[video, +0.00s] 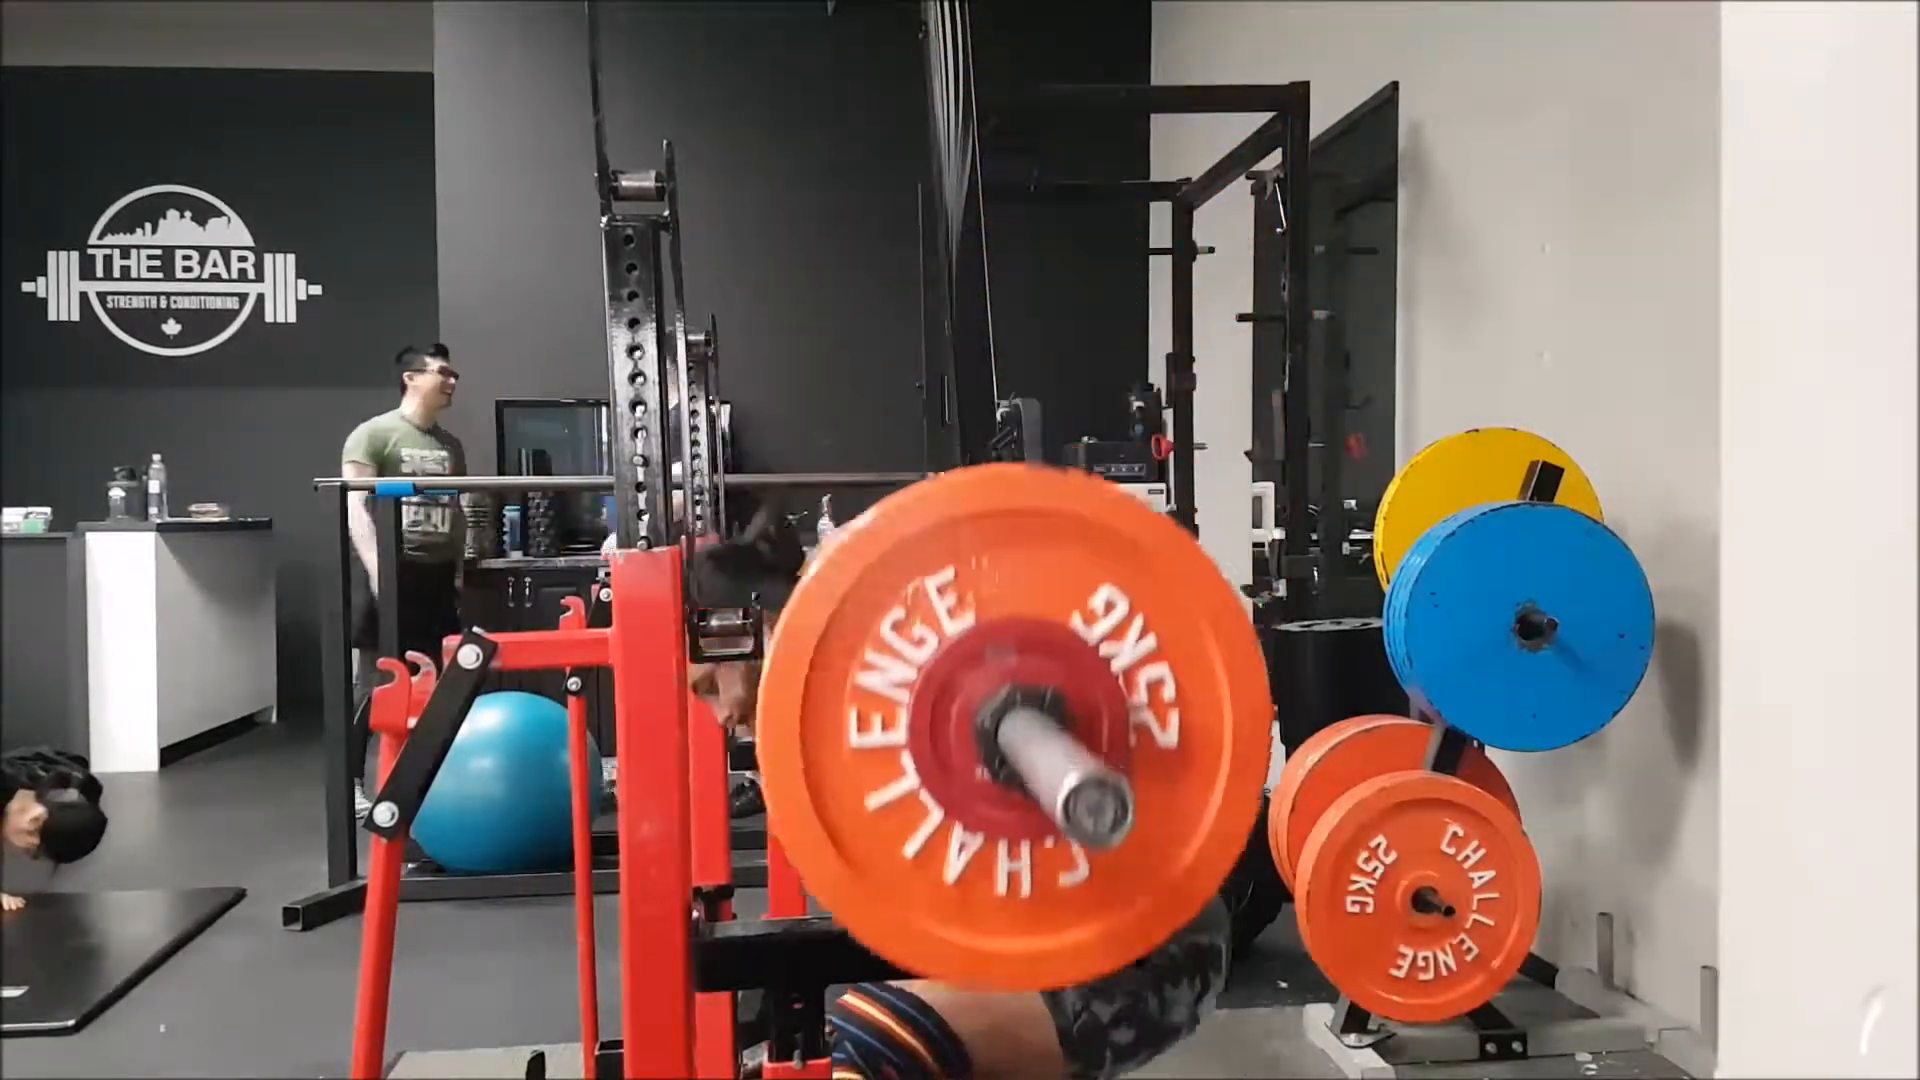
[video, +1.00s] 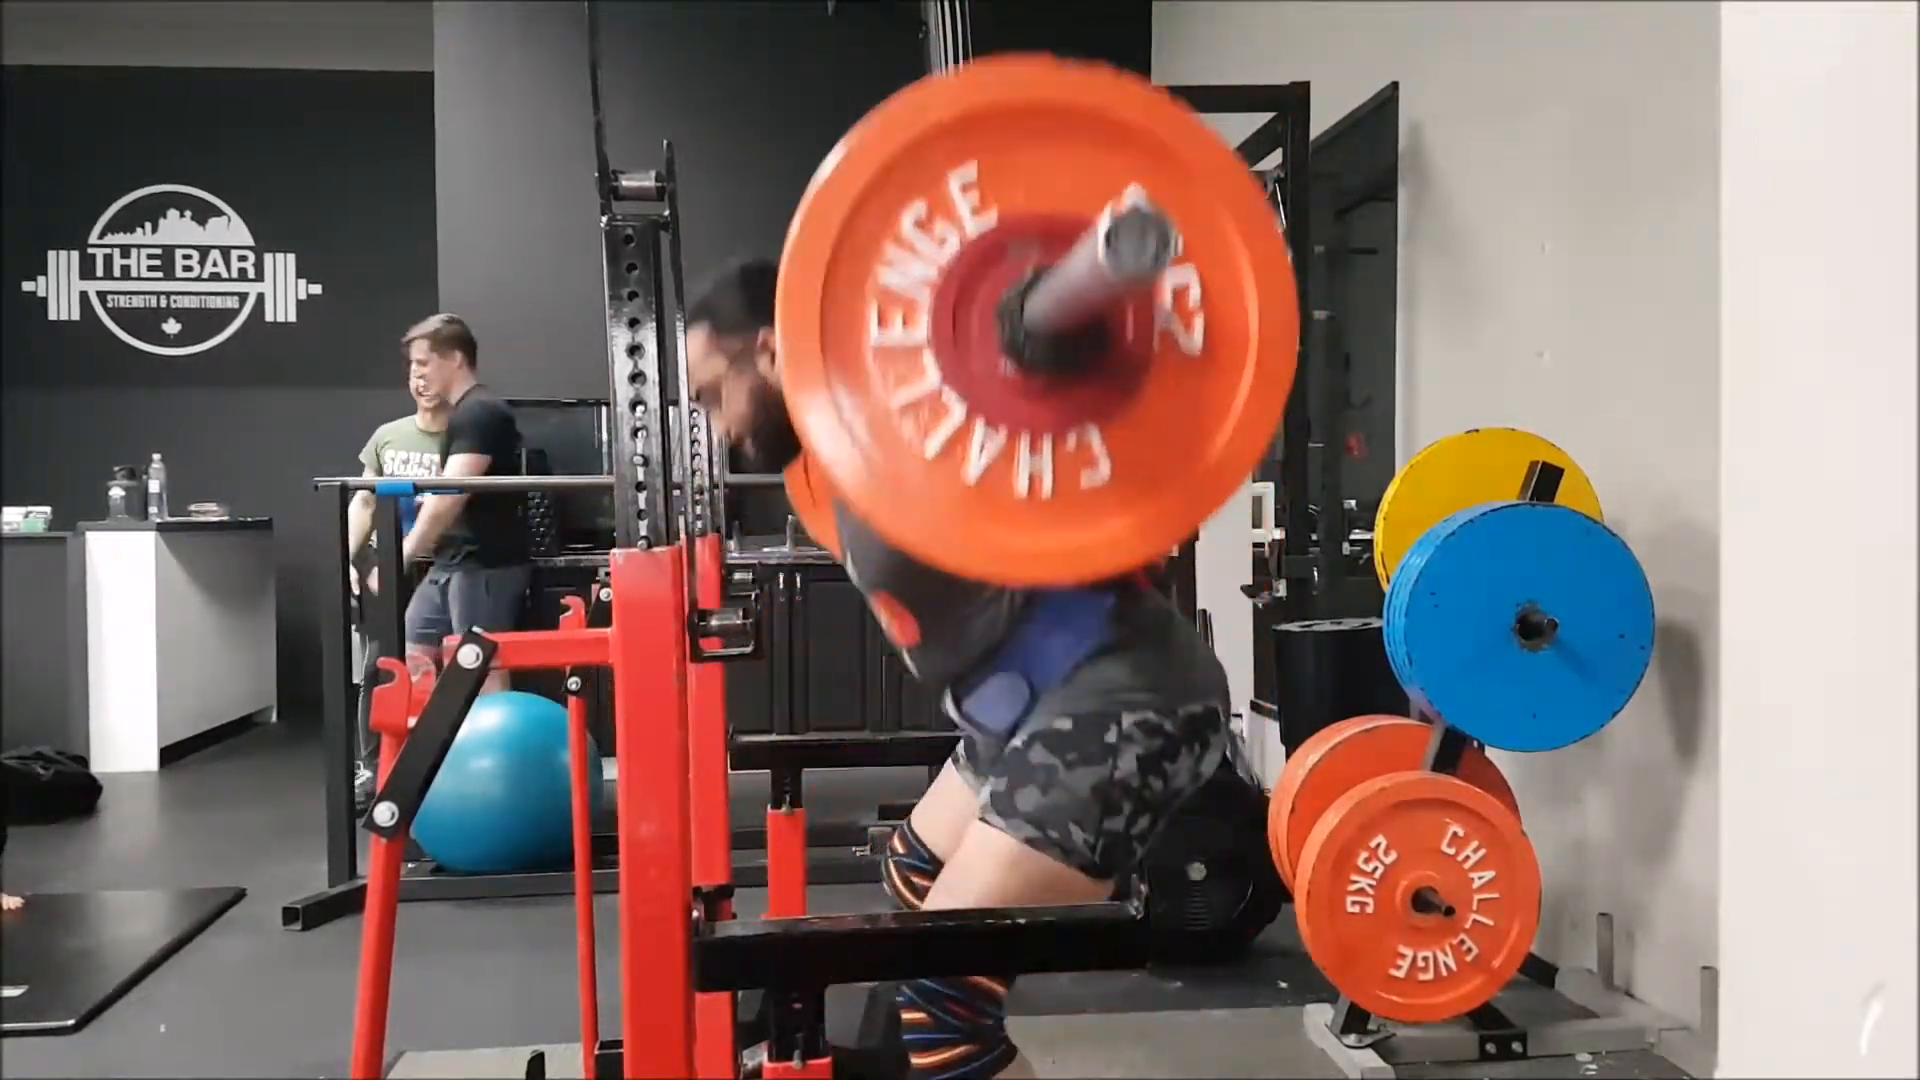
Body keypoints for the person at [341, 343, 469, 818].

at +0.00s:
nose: (452, 380)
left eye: (453, 374)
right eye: (443, 373)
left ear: (444, 385)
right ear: (411, 379)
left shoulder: (450, 446)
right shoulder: (370, 436)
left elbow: (458, 513)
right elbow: (358, 516)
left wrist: (459, 572)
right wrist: (382, 577)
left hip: (441, 578)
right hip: (394, 578)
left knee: (440, 687)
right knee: (382, 686)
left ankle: (433, 791)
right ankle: (365, 786)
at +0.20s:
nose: (420, 382)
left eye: (424, 375)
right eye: (411, 373)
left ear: (426, 384)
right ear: (381, 379)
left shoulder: (435, 447)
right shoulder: (343, 438)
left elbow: (457, 511)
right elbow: (315, 504)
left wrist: (474, 569)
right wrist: (309, 564)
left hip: (418, 570)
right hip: (359, 568)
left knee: (420, 673)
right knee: (355, 673)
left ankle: (416, 783)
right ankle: (350, 781)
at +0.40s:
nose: (407, 381)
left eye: (412, 374)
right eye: (397, 372)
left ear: (418, 382)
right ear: (371, 378)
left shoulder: (435, 443)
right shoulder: (335, 438)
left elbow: (454, 505)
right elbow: (306, 500)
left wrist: (469, 560)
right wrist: (292, 557)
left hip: (420, 570)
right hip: (359, 569)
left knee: (423, 674)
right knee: (353, 678)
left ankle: (423, 783)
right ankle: (348, 785)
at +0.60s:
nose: (410, 381)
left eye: (417, 374)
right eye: (400, 374)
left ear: (429, 383)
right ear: (382, 384)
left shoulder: (449, 445)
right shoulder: (352, 439)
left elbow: (459, 511)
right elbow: (323, 505)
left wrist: (442, 561)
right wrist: (310, 569)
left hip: (420, 572)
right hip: (361, 570)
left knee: (419, 677)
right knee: (353, 679)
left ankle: (418, 784)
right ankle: (349, 783)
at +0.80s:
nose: (429, 383)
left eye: (436, 375)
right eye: (420, 376)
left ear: (450, 383)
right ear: (405, 385)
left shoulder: (471, 446)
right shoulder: (376, 438)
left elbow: (477, 519)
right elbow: (354, 511)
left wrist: (458, 576)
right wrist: (342, 568)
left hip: (443, 572)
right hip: (383, 568)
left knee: (436, 674)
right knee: (375, 671)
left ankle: (431, 783)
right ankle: (362, 779)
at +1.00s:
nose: (422, 383)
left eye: (430, 374)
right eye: (416, 375)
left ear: (453, 378)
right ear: (411, 381)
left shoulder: (471, 440)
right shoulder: (386, 438)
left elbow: (467, 512)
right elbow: (364, 501)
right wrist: (345, 559)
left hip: (448, 576)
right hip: (389, 573)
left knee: (442, 676)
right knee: (374, 674)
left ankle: (443, 766)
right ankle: (369, 765)